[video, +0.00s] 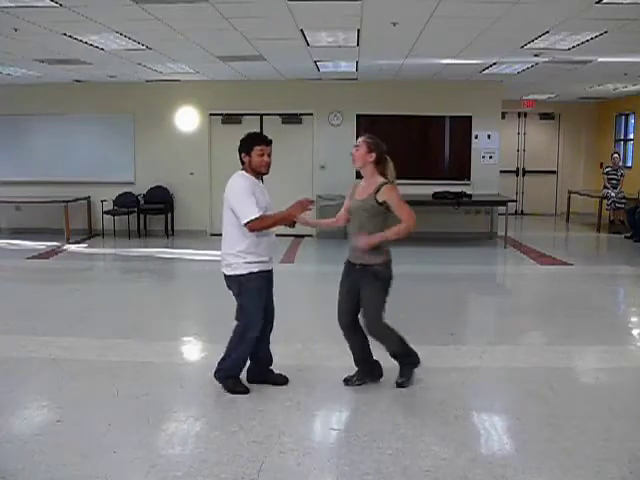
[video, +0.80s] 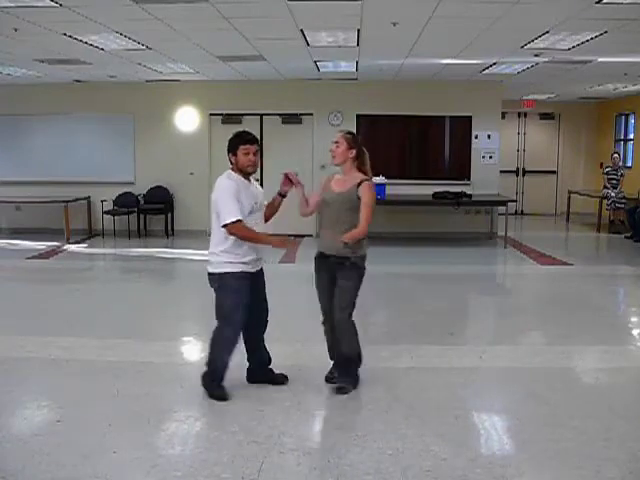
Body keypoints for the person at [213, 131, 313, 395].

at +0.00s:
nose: (267, 160)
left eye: (269, 155)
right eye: (261, 155)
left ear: (269, 156)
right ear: (245, 157)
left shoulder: (258, 185)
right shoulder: (239, 184)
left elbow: (260, 220)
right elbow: (253, 224)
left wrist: (283, 220)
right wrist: (288, 214)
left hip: (261, 267)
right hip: (243, 268)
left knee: (265, 319)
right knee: (251, 321)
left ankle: (260, 369)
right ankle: (227, 373)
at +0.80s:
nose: (253, 158)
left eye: (256, 154)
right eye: (247, 154)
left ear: (258, 156)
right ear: (232, 157)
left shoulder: (252, 185)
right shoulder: (226, 184)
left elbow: (264, 216)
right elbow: (233, 227)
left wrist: (281, 193)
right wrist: (274, 241)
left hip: (251, 266)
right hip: (228, 268)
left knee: (256, 320)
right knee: (230, 324)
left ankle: (259, 370)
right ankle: (213, 379)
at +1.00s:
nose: (235, 161)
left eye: (238, 156)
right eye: (229, 156)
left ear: (240, 157)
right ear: (214, 158)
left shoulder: (238, 186)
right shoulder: (203, 189)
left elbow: (246, 220)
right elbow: (200, 233)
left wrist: (267, 202)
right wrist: (237, 257)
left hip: (235, 271)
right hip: (210, 273)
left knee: (246, 321)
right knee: (208, 330)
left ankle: (257, 369)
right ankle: (203, 379)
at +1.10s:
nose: (227, 162)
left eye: (230, 156)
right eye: (220, 157)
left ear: (233, 157)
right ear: (206, 159)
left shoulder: (233, 188)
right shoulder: (194, 189)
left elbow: (240, 220)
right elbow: (182, 231)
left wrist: (267, 216)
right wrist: (216, 261)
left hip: (230, 271)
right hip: (203, 273)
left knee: (241, 322)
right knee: (203, 330)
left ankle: (254, 369)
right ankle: (203, 379)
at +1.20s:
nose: (220, 163)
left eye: (223, 157)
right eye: (214, 158)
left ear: (227, 158)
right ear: (199, 161)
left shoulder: (231, 188)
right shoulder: (186, 189)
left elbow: (247, 219)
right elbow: (167, 228)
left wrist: (276, 222)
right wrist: (195, 261)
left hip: (227, 272)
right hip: (196, 275)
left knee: (239, 320)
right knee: (199, 330)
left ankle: (243, 369)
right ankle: (203, 380)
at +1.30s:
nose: (216, 162)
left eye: (219, 157)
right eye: (209, 158)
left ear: (223, 157)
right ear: (196, 161)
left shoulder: (231, 188)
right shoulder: (181, 189)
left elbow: (253, 218)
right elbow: (161, 225)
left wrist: (285, 217)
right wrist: (170, 256)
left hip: (224, 272)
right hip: (191, 274)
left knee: (233, 320)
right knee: (196, 329)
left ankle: (226, 369)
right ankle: (202, 380)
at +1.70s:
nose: (227, 163)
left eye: (230, 157)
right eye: (220, 158)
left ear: (233, 158)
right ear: (205, 160)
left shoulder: (232, 190)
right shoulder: (190, 189)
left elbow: (249, 220)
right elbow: (170, 229)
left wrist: (282, 222)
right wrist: (184, 253)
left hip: (224, 273)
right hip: (198, 274)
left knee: (218, 327)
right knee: (205, 330)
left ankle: (212, 371)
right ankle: (202, 384)